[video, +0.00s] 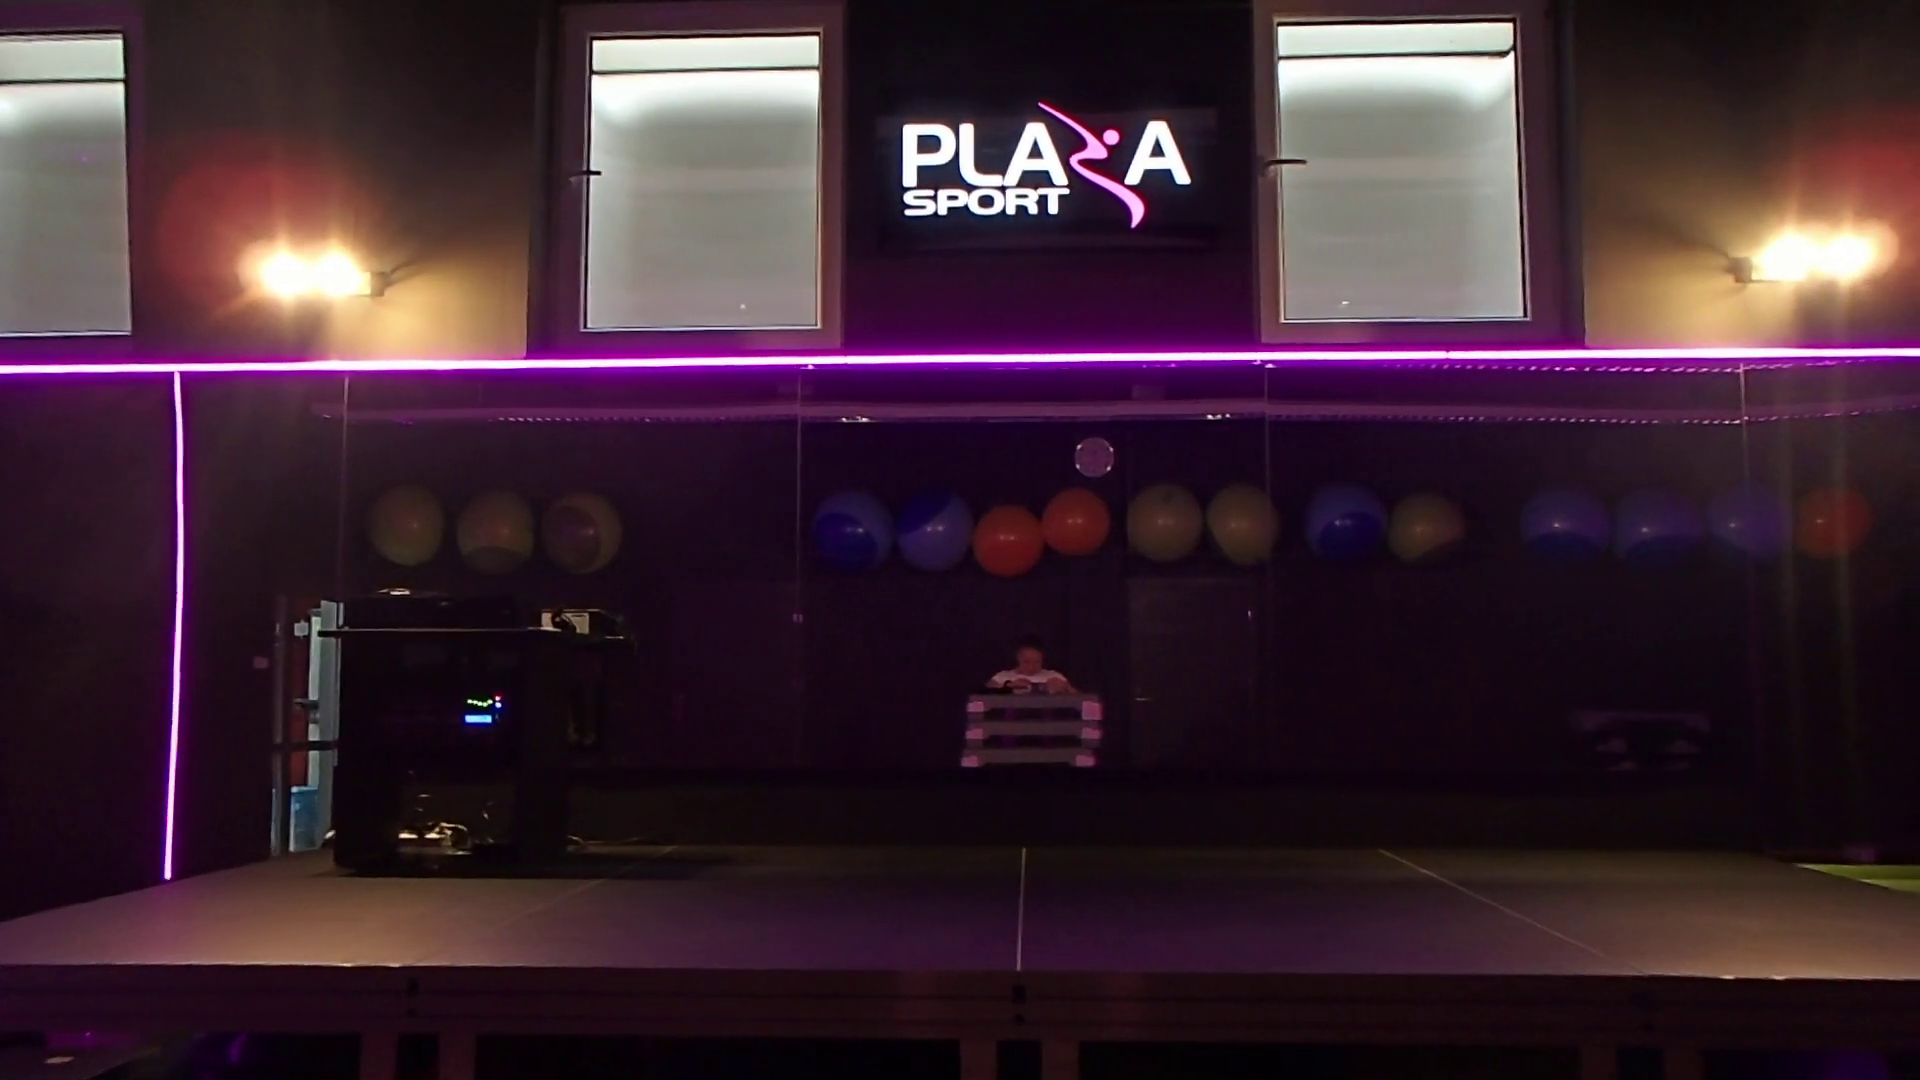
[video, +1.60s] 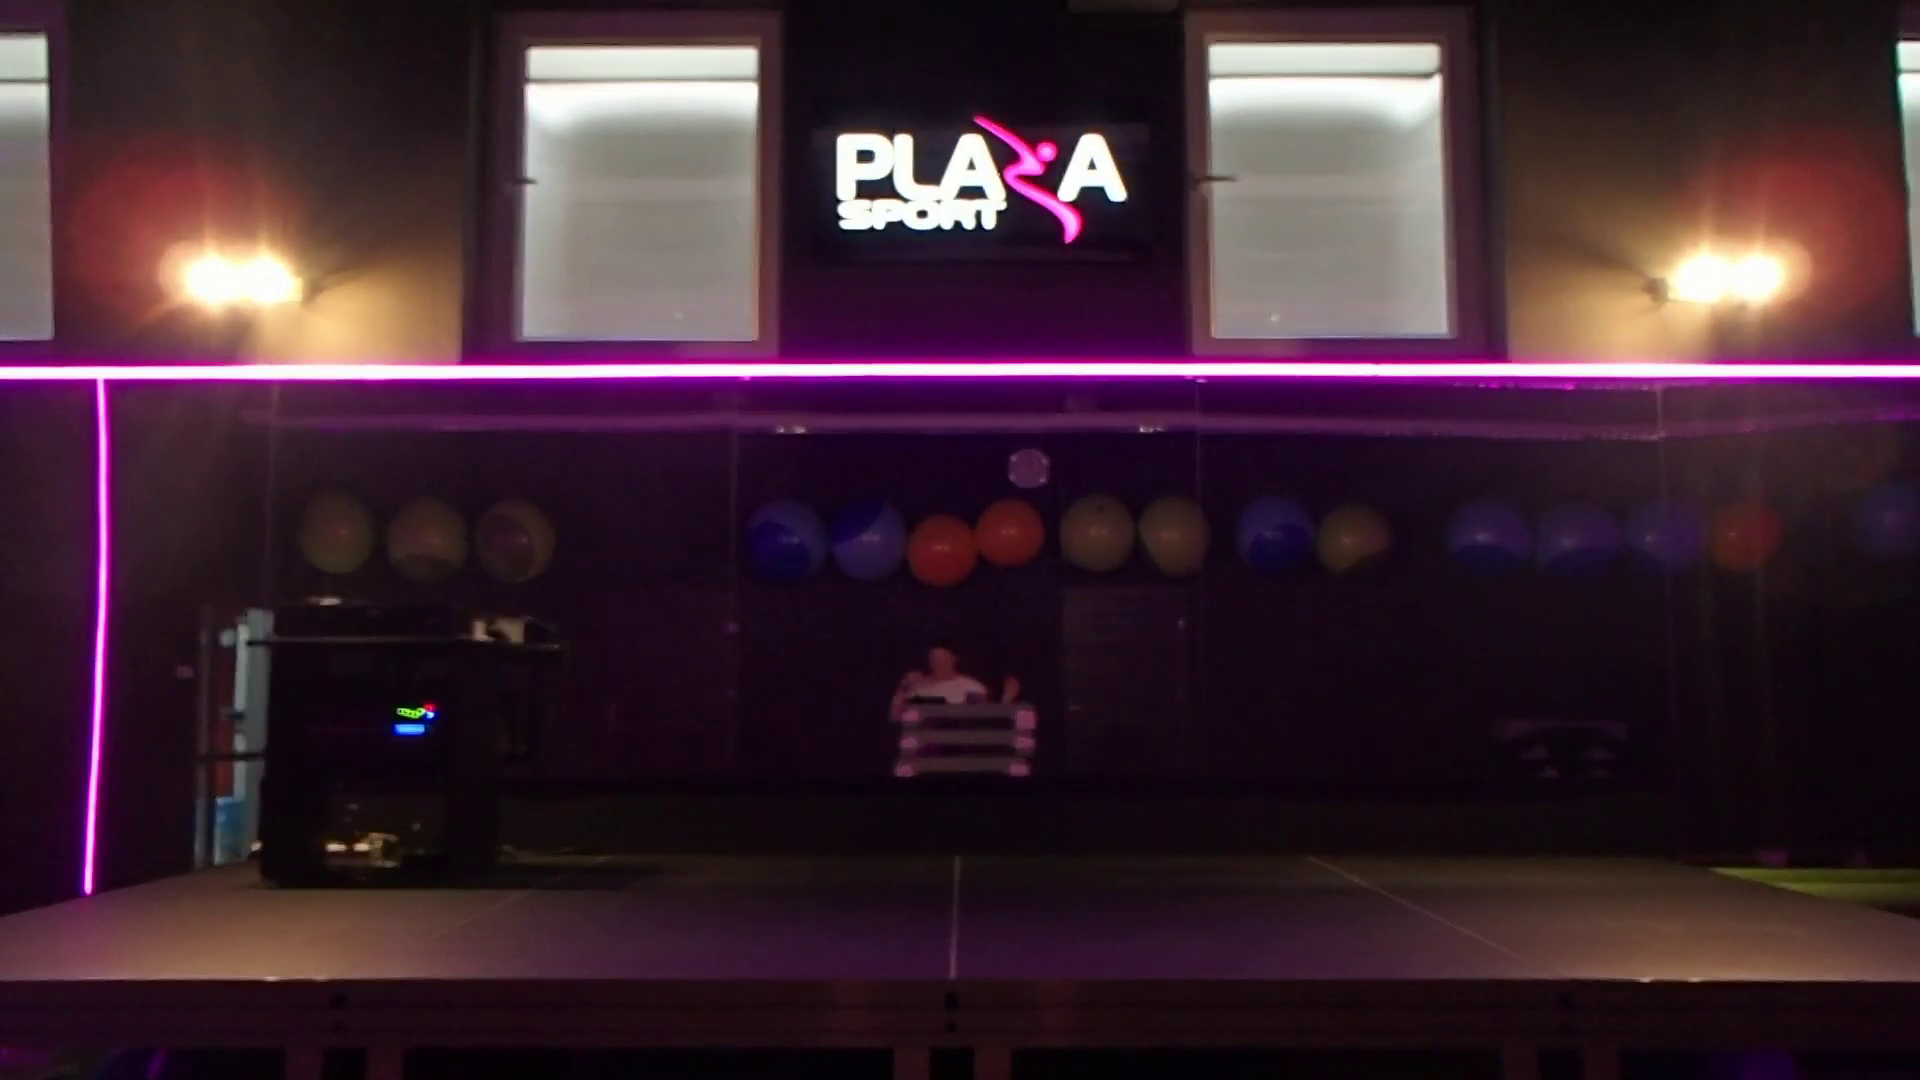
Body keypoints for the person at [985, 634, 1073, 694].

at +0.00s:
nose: (1031, 666)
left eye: (1035, 661)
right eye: (1026, 661)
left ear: (1041, 660)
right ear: (1019, 659)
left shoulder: (1052, 677)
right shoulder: (1004, 676)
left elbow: (1077, 697)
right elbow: (987, 691)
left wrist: (1064, 689)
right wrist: (1010, 686)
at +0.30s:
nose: (1010, 668)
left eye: (1015, 664)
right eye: (1005, 663)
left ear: (1021, 663)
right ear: (998, 662)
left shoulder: (1032, 678)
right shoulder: (983, 678)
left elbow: (1057, 700)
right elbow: (966, 693)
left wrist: (1043, 689)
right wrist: (989, 687)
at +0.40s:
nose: (1003, 669)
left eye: (1007, 664)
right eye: (998, 664)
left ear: (1012, 664)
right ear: (990, 664)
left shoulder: (1024, 679)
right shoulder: (976, 679)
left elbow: (1049, 701)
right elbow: (958, 694)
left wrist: (1033, 690)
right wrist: (981, 688)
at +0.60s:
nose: (976, 673)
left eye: (980, 669)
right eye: (972, 669)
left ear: (986, 669)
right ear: (965, 669)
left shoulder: (998, 684)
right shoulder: (950, 684)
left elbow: (1022, 705)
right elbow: (934, 698)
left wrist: (1007, 695)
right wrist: (956, 694)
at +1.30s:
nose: (965, 672)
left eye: (969, 667)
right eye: (961, 668)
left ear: (975, 667)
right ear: (953, 668)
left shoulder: (987, 685)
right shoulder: (939, 685)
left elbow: (1011, 706)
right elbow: (922, 700)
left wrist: (998, 696)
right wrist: (943, 691)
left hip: (980, 724)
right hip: (947, 724)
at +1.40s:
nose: (961, 669)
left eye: (965, 665)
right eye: (956, 665)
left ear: (971, 665)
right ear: (950, 665)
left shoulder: (981, 684)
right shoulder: (938, 683)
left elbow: (1005, 705)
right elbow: (915, 701)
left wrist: (1004, 690)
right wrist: (933, 690)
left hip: (976, 724)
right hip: (944, 724)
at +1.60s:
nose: (939, 665)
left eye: (944, 660)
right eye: (935, 660)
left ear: (952, 661)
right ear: (930, 662)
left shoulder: (971, 687)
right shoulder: (917, 688)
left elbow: (988, 719)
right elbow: (895, 717)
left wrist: (1006, 700)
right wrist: (904, 688)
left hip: (964, 747)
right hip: (925, 750)